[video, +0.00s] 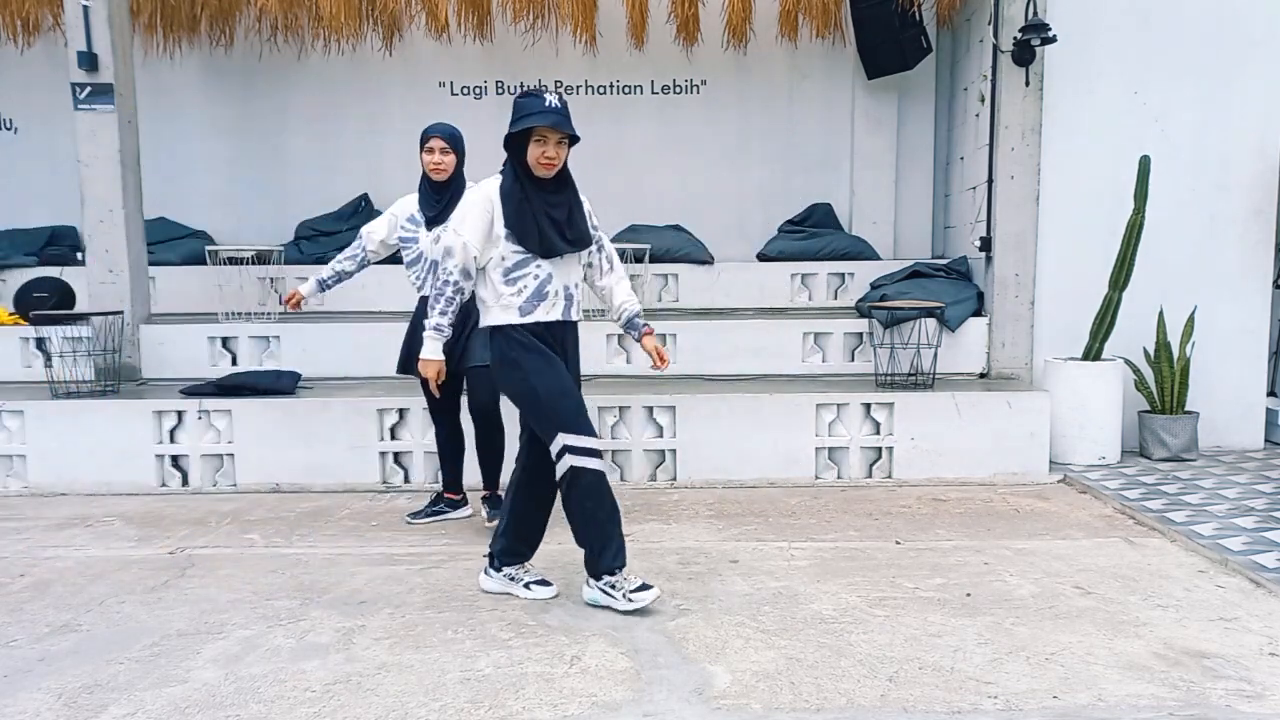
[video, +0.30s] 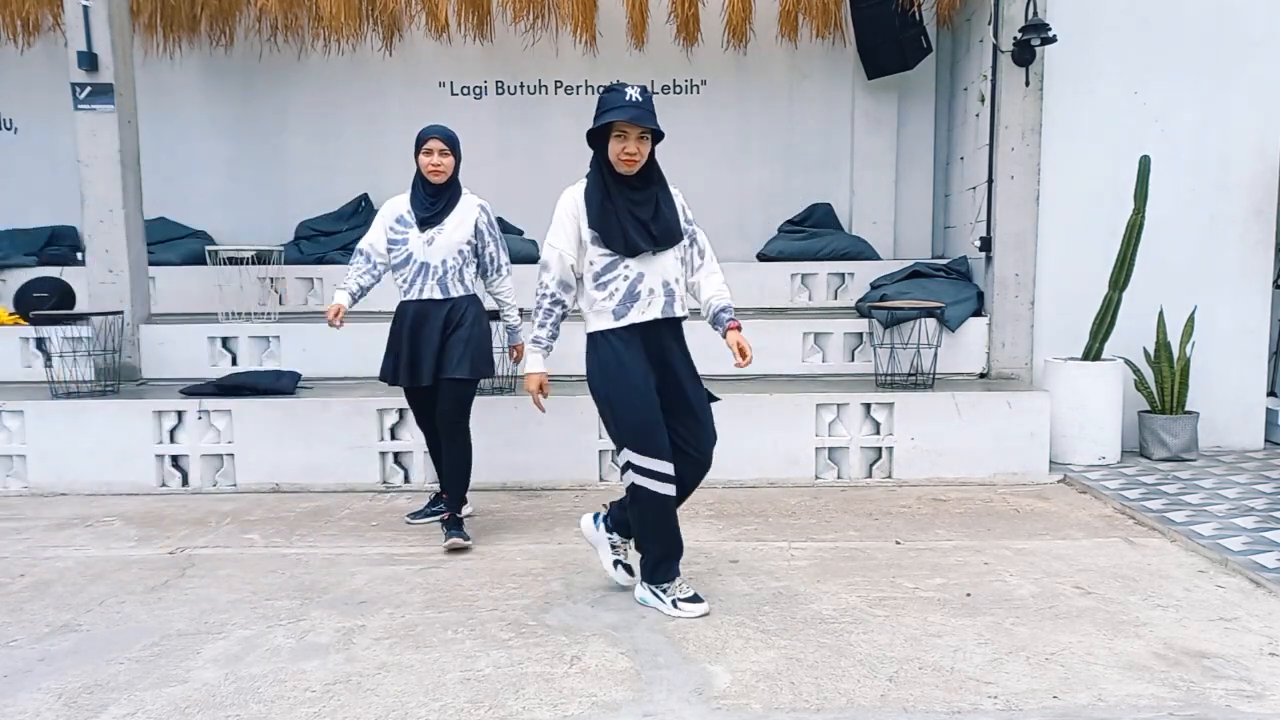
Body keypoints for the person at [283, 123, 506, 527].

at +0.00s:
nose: (437, 159)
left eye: (445, 152)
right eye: (430, 151)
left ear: (460, 157)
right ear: (420, 157)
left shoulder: (480, 204)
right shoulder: (405, 212)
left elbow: (505, 256)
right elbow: (359, 252)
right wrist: (309, 288)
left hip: (479, 311)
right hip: (434, 313)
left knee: (484, 406)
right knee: (443, 409)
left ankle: (493, 493)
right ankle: (453, 496)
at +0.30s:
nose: (435, 160)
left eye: (444, 153)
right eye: (427, 153)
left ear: (457, 160)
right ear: (416, 159)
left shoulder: (475, 210)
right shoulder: (394, 210)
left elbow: (498, 274)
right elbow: (368, 259)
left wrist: (515, 329)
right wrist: (344, 297)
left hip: (462, 323)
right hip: (413, 325)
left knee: (451, 418)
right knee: (428, 421)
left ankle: (455, 517)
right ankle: (449, 494)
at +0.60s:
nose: (435, 151)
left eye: (443, 144)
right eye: (426, 144)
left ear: (457, 151)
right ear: (416, 152)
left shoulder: (479, 207)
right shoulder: (393, 204)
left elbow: (494, 276)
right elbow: (378, 275)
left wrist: (497, 336)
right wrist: (378, 331)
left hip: (462, 328)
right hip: (406, 329)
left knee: (455, 425)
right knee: (376, 419)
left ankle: (454, 520)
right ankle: (403, 487)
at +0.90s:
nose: (419, 145)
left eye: (428, 138)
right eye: (411, 139)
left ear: (442, 146)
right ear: (400, 149)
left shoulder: (464, 206)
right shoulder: (375, 198)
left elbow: (478, 273)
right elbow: (357, 267)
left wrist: (460, 323)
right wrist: (363, 323)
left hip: (442, 325)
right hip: (386, 325)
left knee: (446, 427)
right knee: (357, 424)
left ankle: (453, 521)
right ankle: (325, 517)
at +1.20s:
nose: (390, 147)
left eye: (398, 138)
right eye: (382, 140)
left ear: (415, 144)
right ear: (372, 148)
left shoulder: (443, 200)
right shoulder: (353, 199)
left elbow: (456, 272)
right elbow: (345, 273)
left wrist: (442, 332)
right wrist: (357, 332)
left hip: (427, 325)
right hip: (369, 325)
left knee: (437, 431)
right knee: (327, 420)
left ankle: (452, 521)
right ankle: (316, 513)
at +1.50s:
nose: (334, 175)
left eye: (343, 167)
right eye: (325, 167)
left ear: (359, 171)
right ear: (317, 174)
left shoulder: (391, 211)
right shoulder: (307, 235)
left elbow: (413, 275)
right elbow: (311, 307)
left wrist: (403, 336)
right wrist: (328, 365)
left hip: (394, 340)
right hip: (336, 347)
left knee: (436, 435)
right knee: (303, 439)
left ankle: (454, 523)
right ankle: (305, 523)